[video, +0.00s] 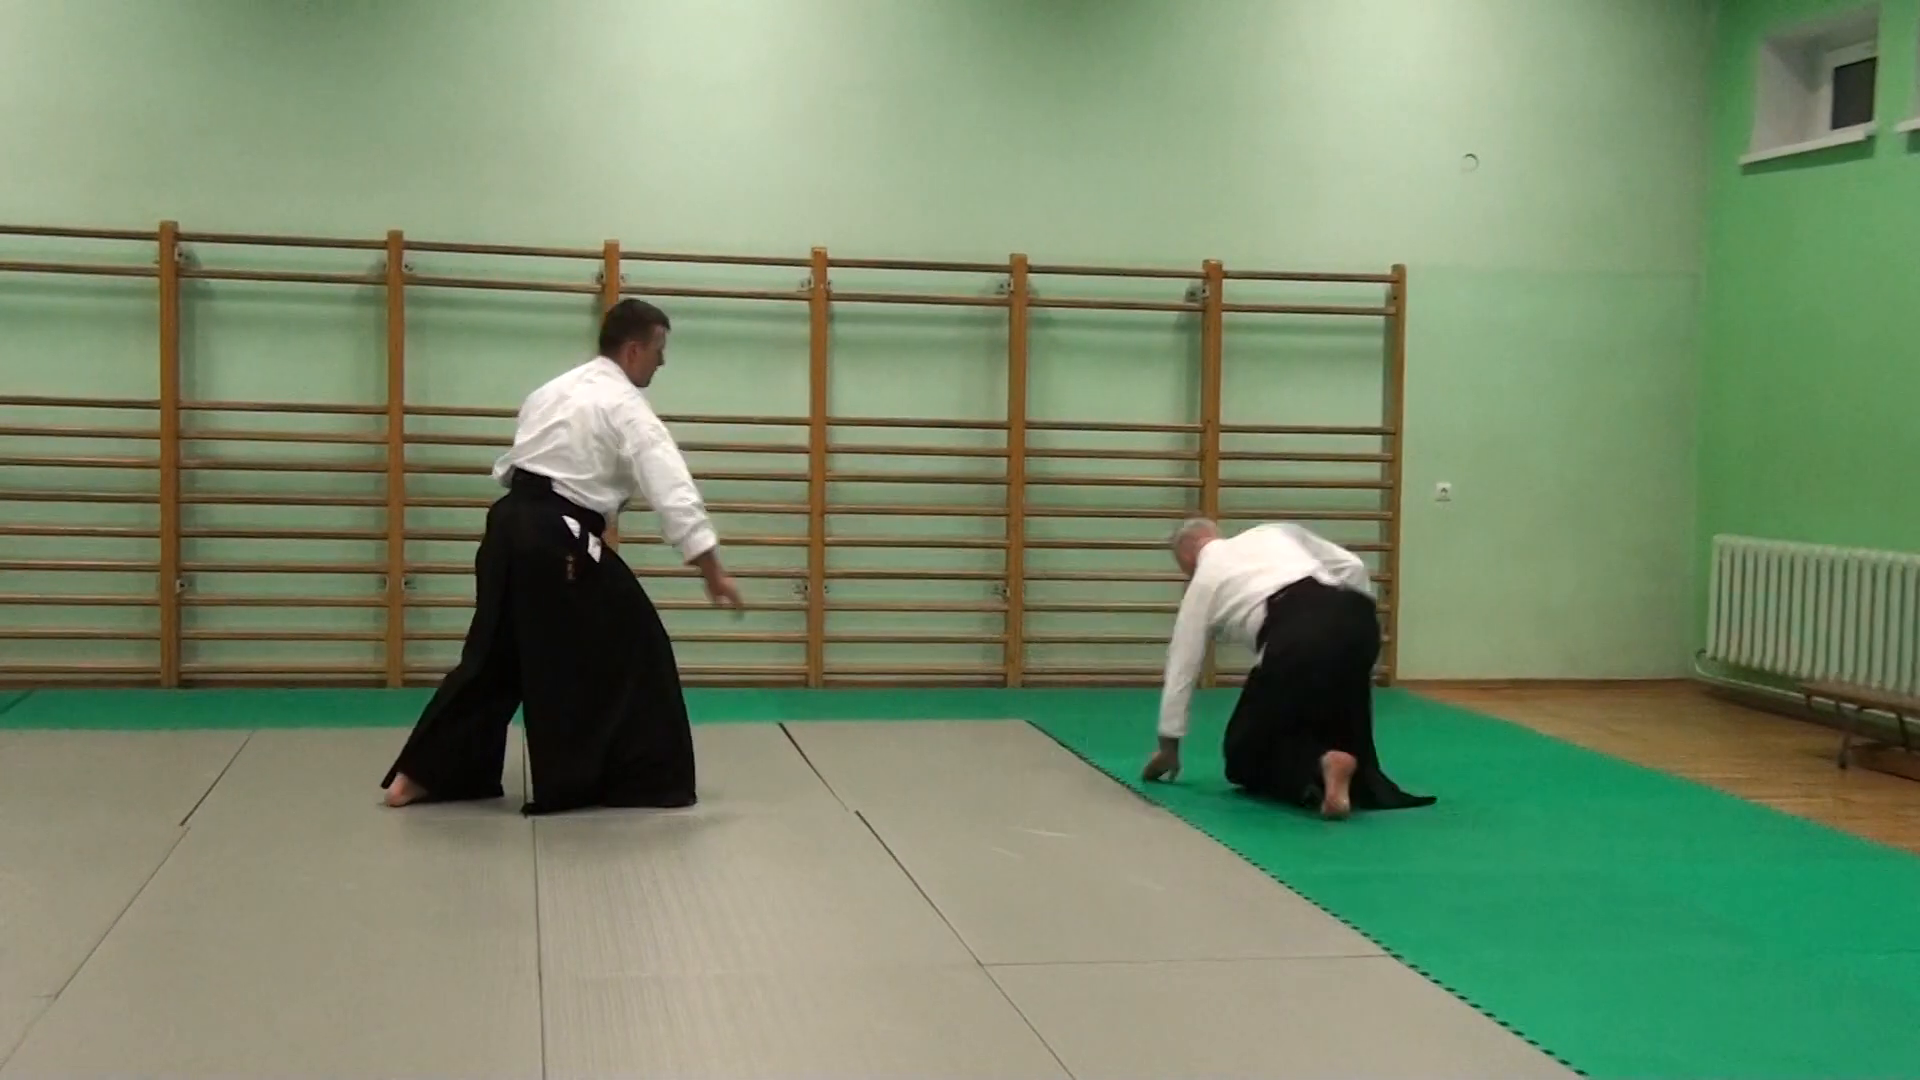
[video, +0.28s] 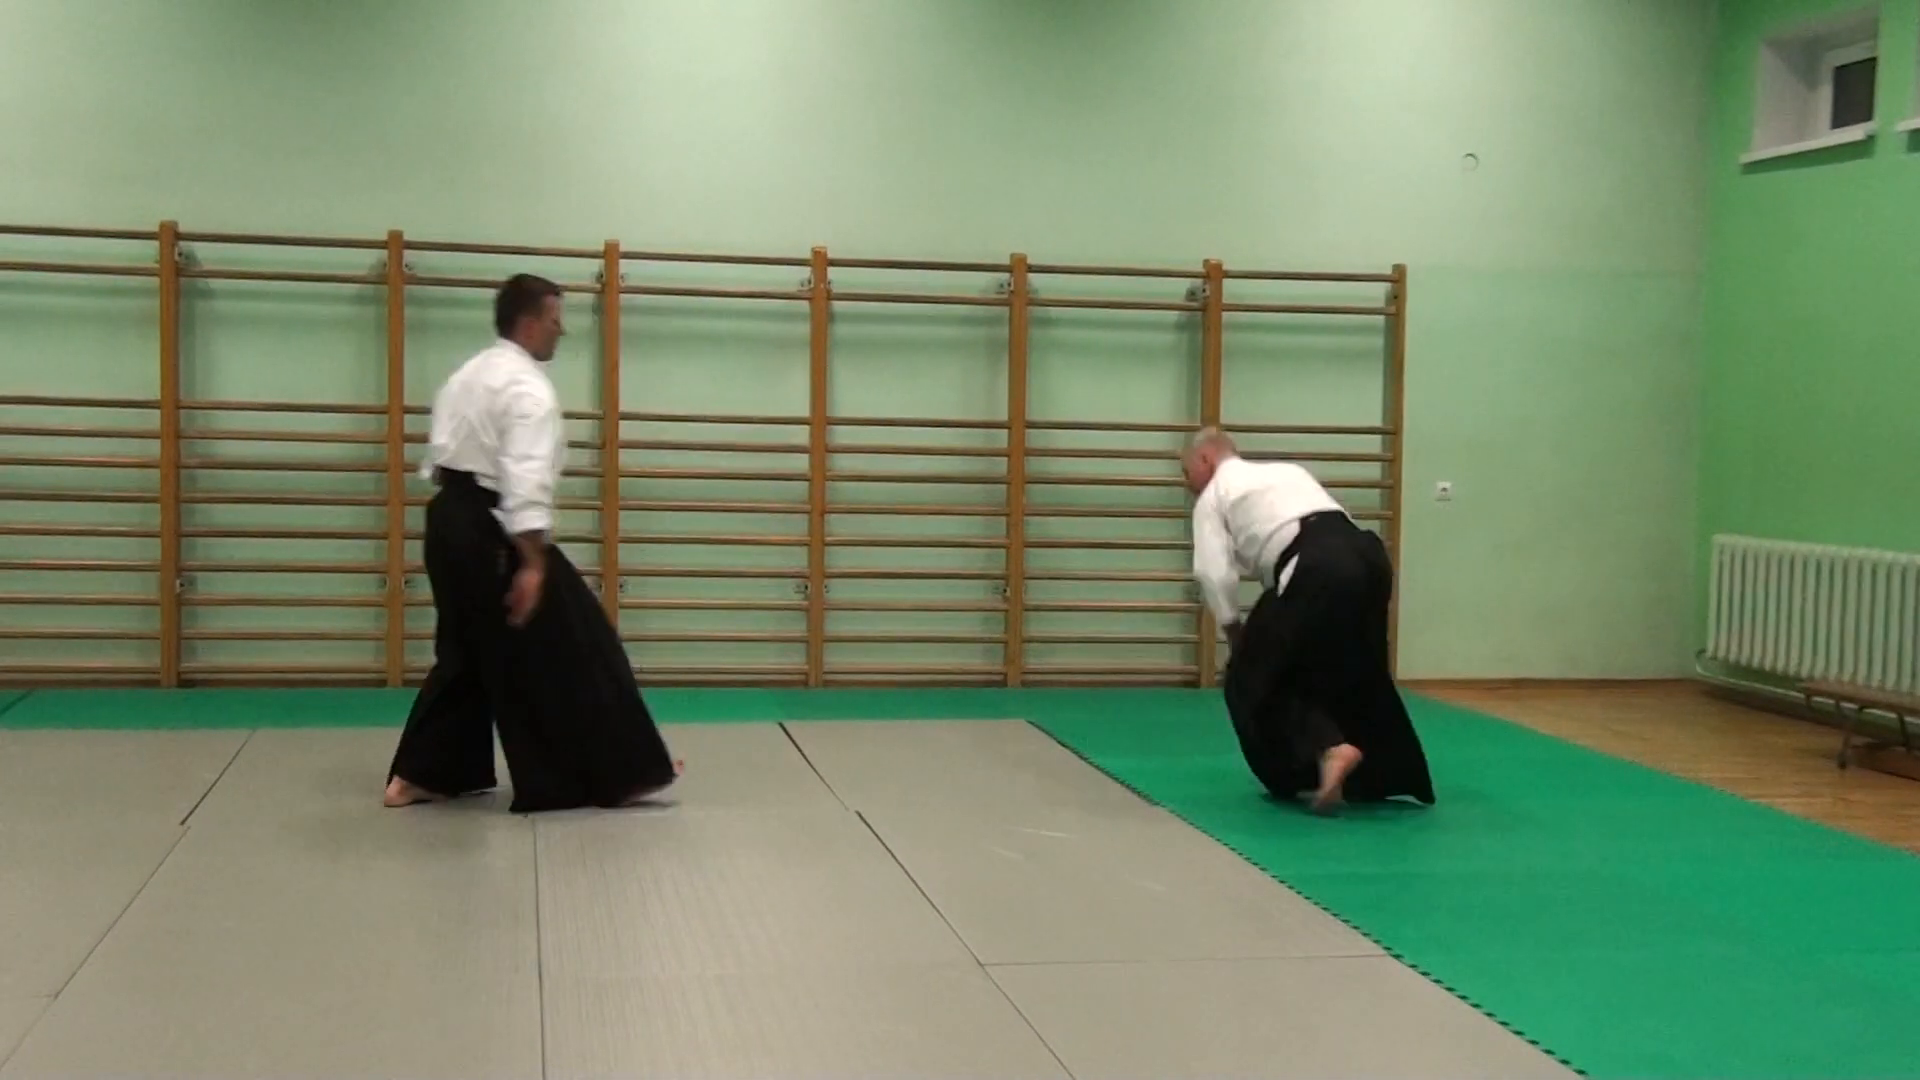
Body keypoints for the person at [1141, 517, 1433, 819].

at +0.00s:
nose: (1191, 578)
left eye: (1188, 571)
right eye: (1187, 572)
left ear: (1192, 557)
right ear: (1215, 536)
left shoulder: (1206, 576)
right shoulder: (1276, 533)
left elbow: (1181, 669)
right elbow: (1352, 566)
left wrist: (1168, 749)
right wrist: (1361, 628)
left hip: (1299, 628)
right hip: (1357, 618)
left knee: (1244, 761)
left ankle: (1321, 767)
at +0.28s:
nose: (1189, 482)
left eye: (1188, 471)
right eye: (1186, 473)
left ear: (1206, 458)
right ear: (1230, 454)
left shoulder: (1212, 498)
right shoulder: (1281, 471)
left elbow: (1214, 572)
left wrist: (1233, 633)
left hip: (1316, 563)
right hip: (1368, 552)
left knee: (1251, 680)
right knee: (1355, 670)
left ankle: (1329, 749)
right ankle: (1378, 773)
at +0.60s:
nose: (1113, 391)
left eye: (1118, 381)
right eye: (1112, 382)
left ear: (1145, 377)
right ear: (1153, 378)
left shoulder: (1156, 413)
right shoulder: (1195, 409)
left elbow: (1190, 453)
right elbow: (1233, 466)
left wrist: (1182, 526)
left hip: (1242, 542)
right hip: (1284, 535)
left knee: (1166, 655)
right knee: (1304, 657)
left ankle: (1149, 775)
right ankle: (1352, 770)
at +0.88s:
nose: (1003, 358)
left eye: (1010, 347)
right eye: (1004, 347)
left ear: (1042, 349)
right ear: (1047, 350)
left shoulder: (1047, 407)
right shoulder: (1087, 391)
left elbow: (1055, 488)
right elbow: (1103, 468)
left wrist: (1048, 557)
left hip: (1108, 548)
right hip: (1136, 534)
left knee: (1098, 662)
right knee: (1131, 656)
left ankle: (1137, 779)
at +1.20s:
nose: (954, 330)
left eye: (960, 321)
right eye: (956, 321)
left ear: (988, 325)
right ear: (995, 326)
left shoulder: (992, 384)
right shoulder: (1026, 377)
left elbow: (986, 461)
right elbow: (1056, 454)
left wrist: (947, 508)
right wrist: (1048, 509)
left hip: (1006, 535)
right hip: (1037, 526)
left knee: (992, 645)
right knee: (1040, 641)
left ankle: (985, 765)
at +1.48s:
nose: (982, 320)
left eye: (989, 311)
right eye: (984, 311)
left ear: (1019, 314)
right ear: (1021, 313)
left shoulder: (1033, 370)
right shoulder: (1021, 366)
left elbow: (1057, 450)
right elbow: (1024, 454)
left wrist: (1021, 517)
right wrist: (983, 511)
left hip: (1018, 532)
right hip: (1020, 529)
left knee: (967, 648)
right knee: (1036, 646)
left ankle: (945, 773)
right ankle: (1125, 729)